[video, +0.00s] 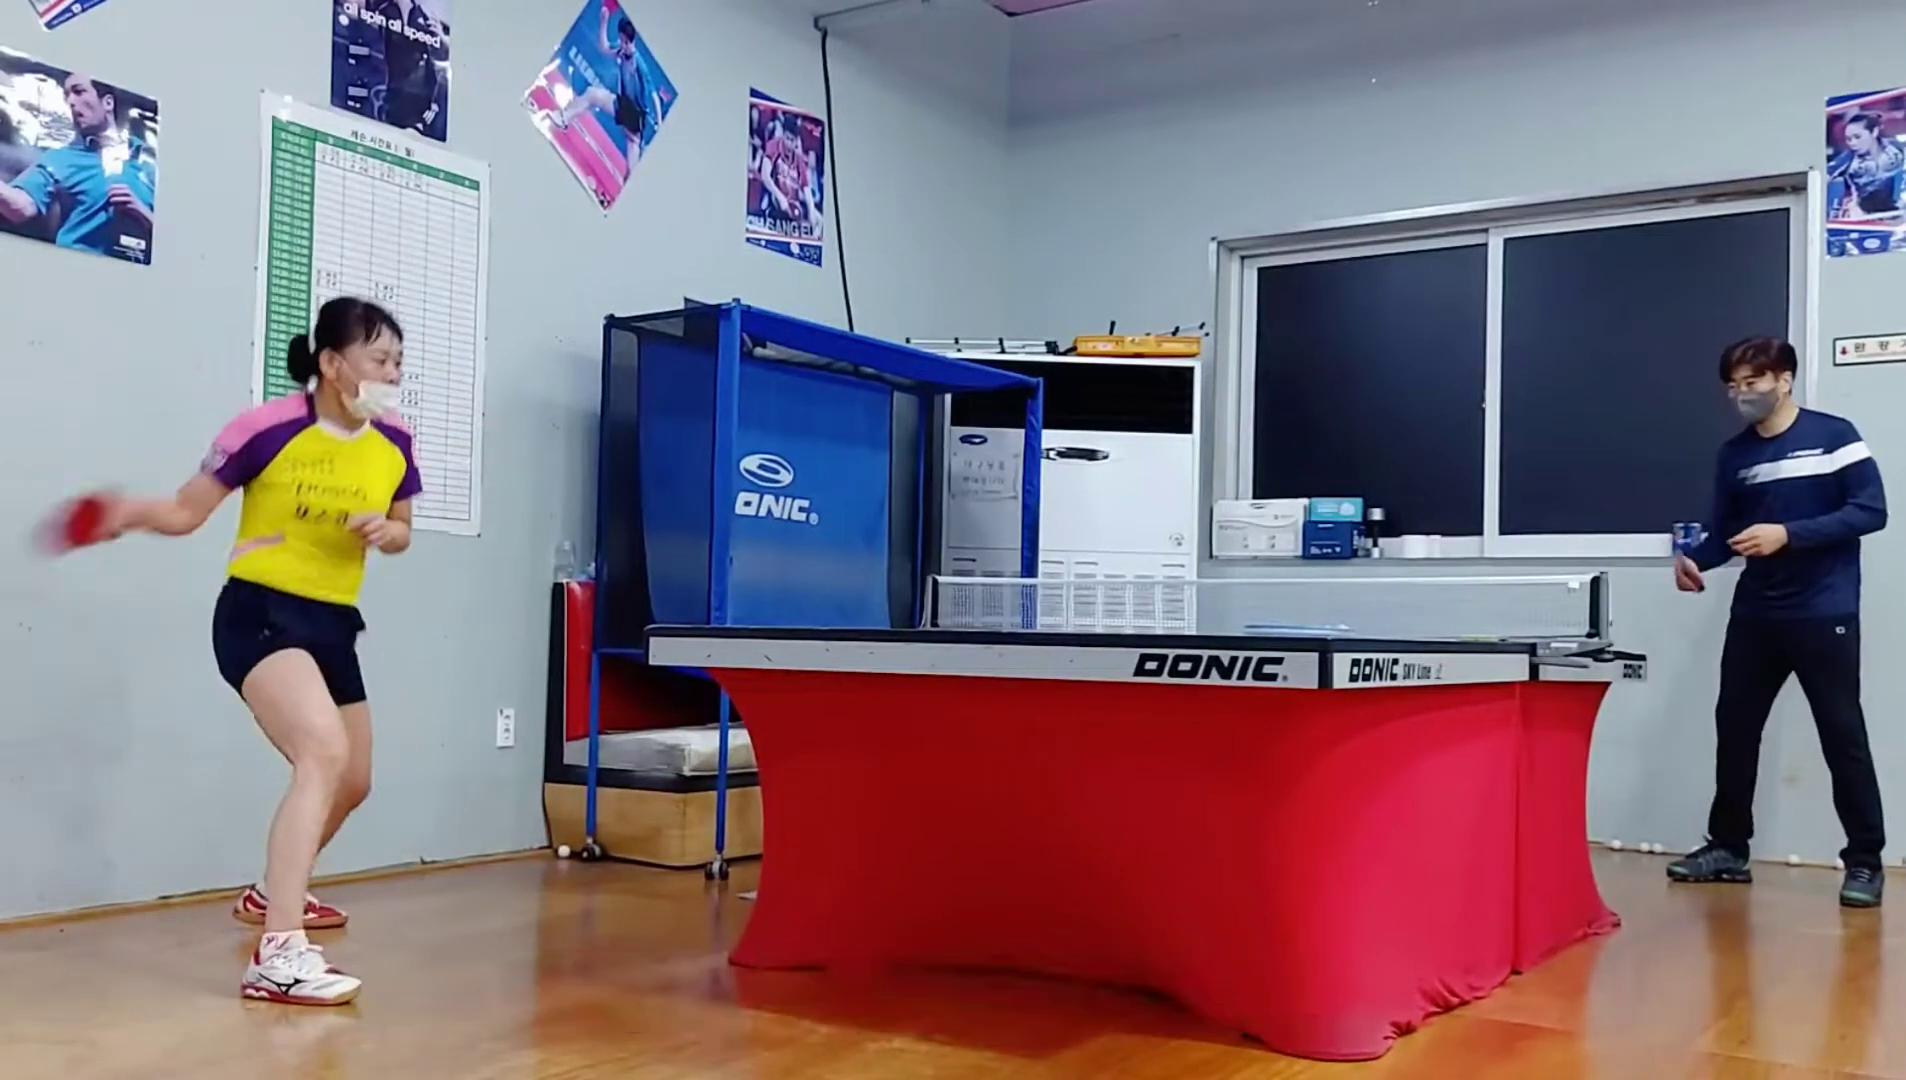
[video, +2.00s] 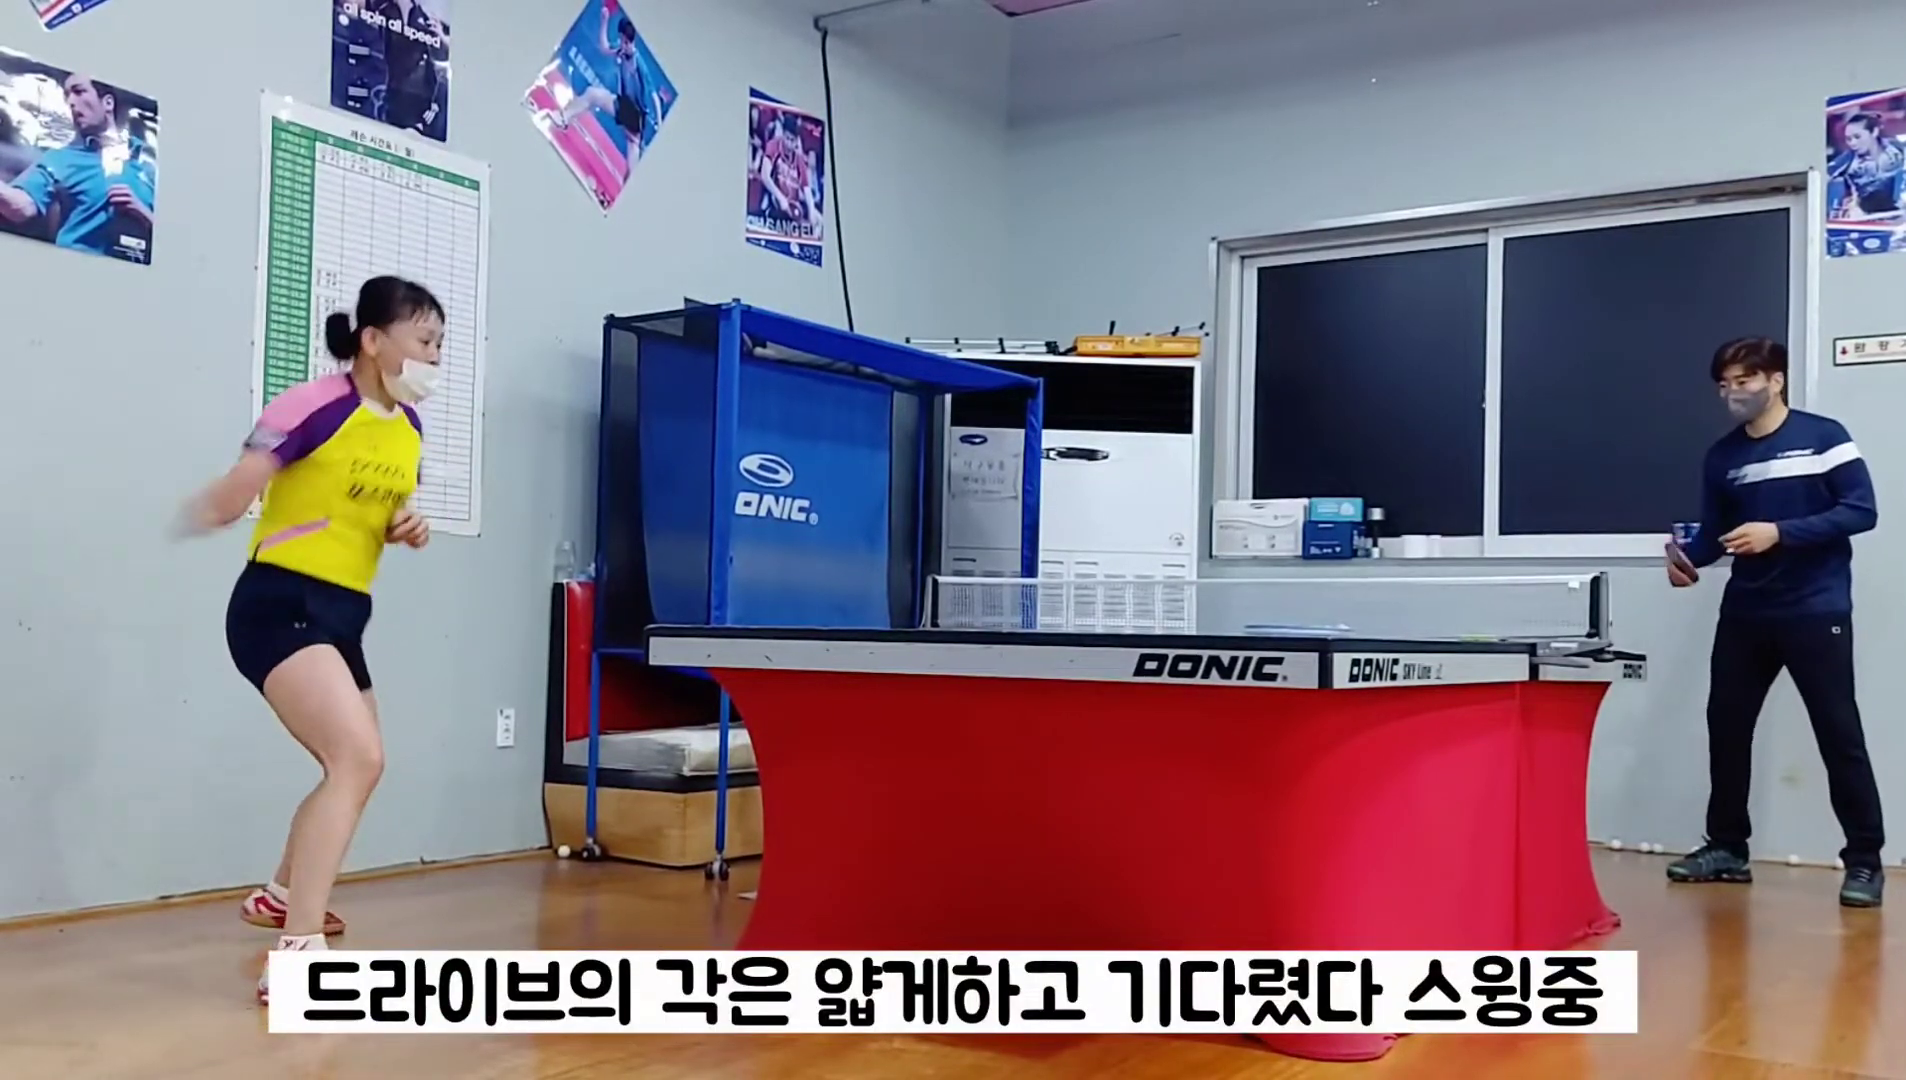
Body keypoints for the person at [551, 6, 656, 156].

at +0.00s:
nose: (621, 41)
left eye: (623, 38)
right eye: (621, 37)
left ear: (626, 39)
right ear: (621, 38)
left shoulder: (631, 56)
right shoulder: (622, 53)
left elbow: (630, 54)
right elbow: (604, 50)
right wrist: (604, 22)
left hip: (628, 108)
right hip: (637, 114)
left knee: (592, 94)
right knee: (633, 143)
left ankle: (563, 118)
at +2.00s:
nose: (622, 41)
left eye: (624, 39)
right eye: (621, 38)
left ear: (627, 39)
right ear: (621, 38)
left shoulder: (630, 55)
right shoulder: (621, 53)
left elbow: (631, 54)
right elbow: (604, 49)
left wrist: (628, 49)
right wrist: (604, 22)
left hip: (628, 107)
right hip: (637, 114)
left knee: (592, 94)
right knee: (633, 143)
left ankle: (563, 117)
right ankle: (630, 176)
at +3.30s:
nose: (622, 43)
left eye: (624, 40)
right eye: (622, 40)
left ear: (628, 41)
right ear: (622, 40)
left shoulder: (632, 56)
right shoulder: (621, 54)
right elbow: (604, 49)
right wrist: (604, 22)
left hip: (628, 109)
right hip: (636, 115)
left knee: (593, 94)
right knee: (632, 164)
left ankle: (563, 118)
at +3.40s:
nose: (621, 42)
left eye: (623, 39)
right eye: (621, 38)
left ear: (627, 39)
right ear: (623, 38)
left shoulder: (629, 53)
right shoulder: (623, 52)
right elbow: (604, 49)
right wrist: (604, 22)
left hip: (628, 109)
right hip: (637, 116)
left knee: (593, 94)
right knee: (633, 163)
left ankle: (564, 118)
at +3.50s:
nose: (622, 43)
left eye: (624, 40)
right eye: (621, 39)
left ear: (628, 41)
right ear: (622, 39)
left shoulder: (631, 55)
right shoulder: (623, 52)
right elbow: (604, 50)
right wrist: (604, 22)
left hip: (628, 109)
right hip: (637, 115)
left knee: (593, 94)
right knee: (632, 163)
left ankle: (563, 118)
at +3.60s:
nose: (621, 42)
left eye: (623, 39)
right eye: (621, 39)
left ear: (627, 40)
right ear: (625, 39)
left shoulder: (631, 55)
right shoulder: (623, 52)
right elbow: (604, 50)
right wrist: (604, 22)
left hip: (628, 108)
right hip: (636, 115)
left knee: (593, 94)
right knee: (633, 159)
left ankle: (563, 117)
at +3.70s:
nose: (621, 43)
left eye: (623, 40)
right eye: (621, 39)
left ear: (628, 40)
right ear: (624, 39)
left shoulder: (631, 55)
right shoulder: (624, 52)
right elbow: (605, 50)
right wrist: (604, 22)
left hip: (628, 108)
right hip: (637, 115)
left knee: (593, 94)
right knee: (632, 164)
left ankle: (563, 117)